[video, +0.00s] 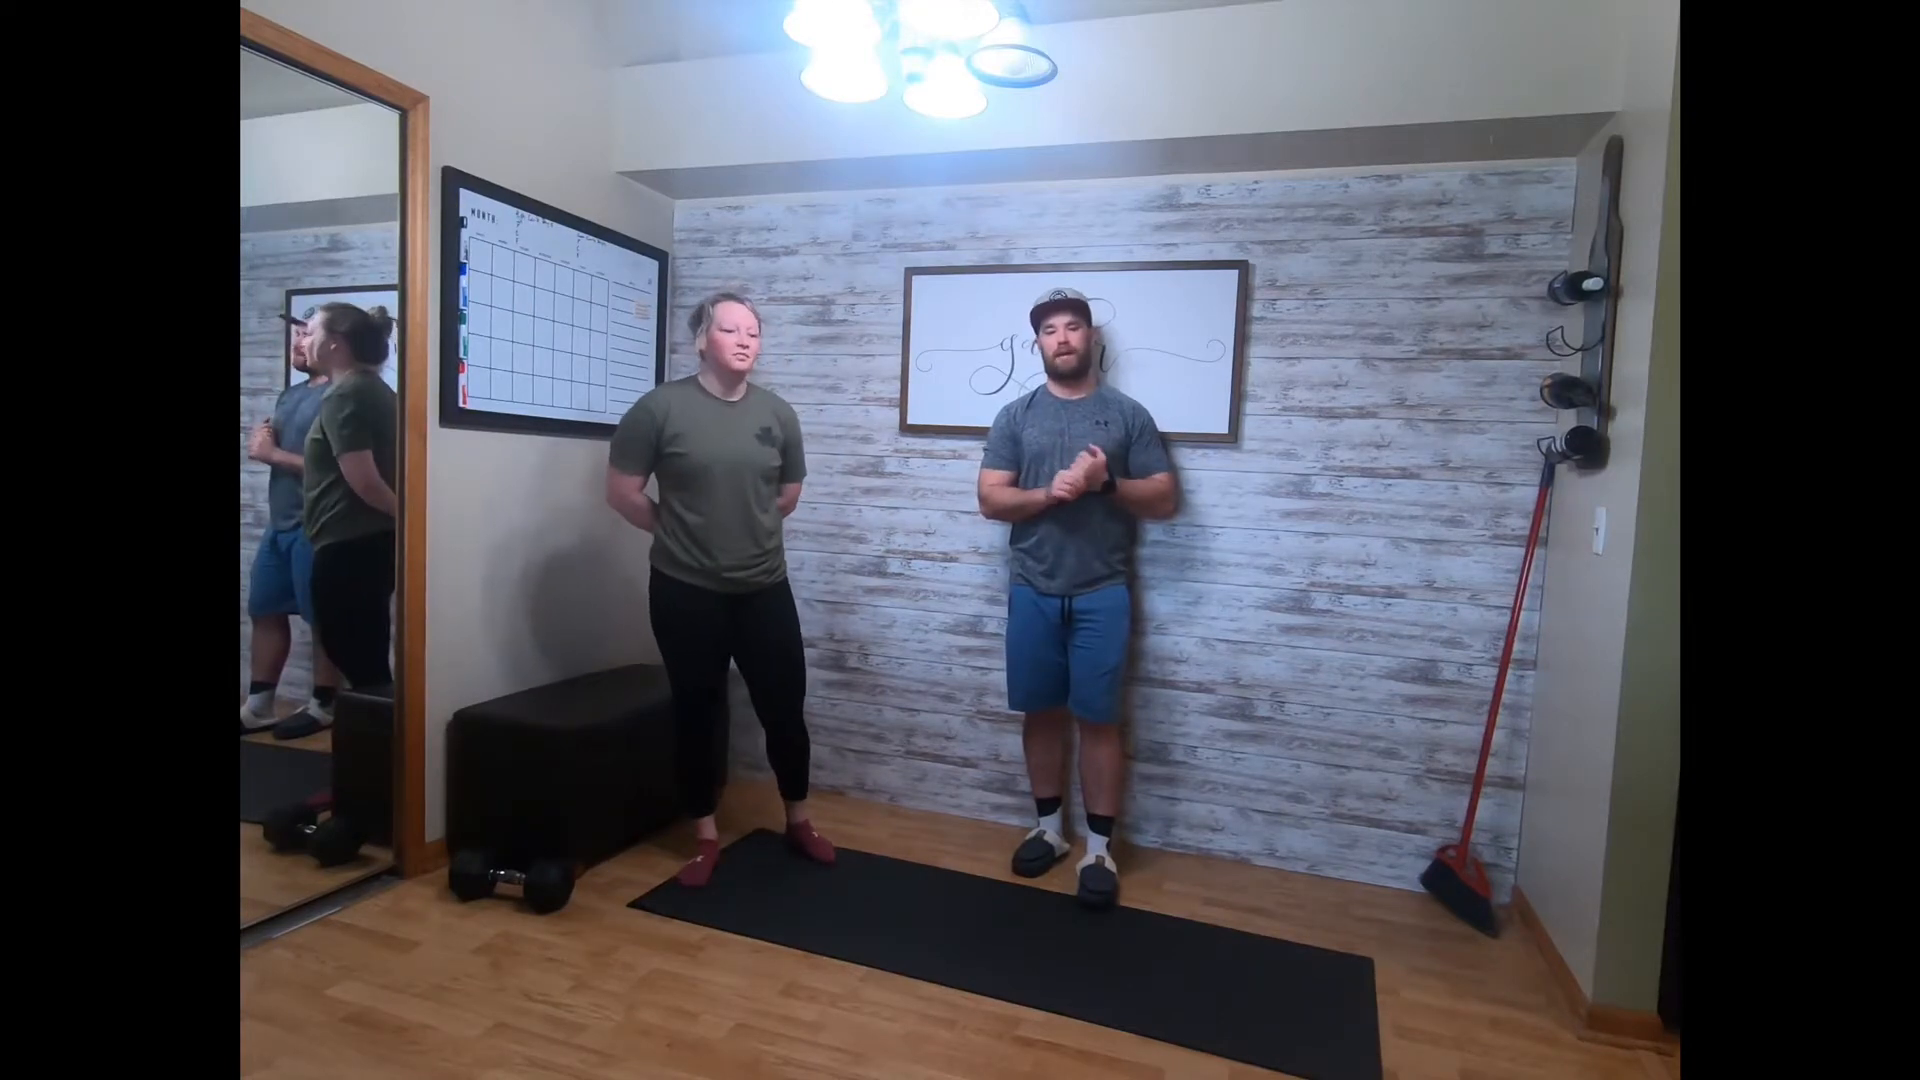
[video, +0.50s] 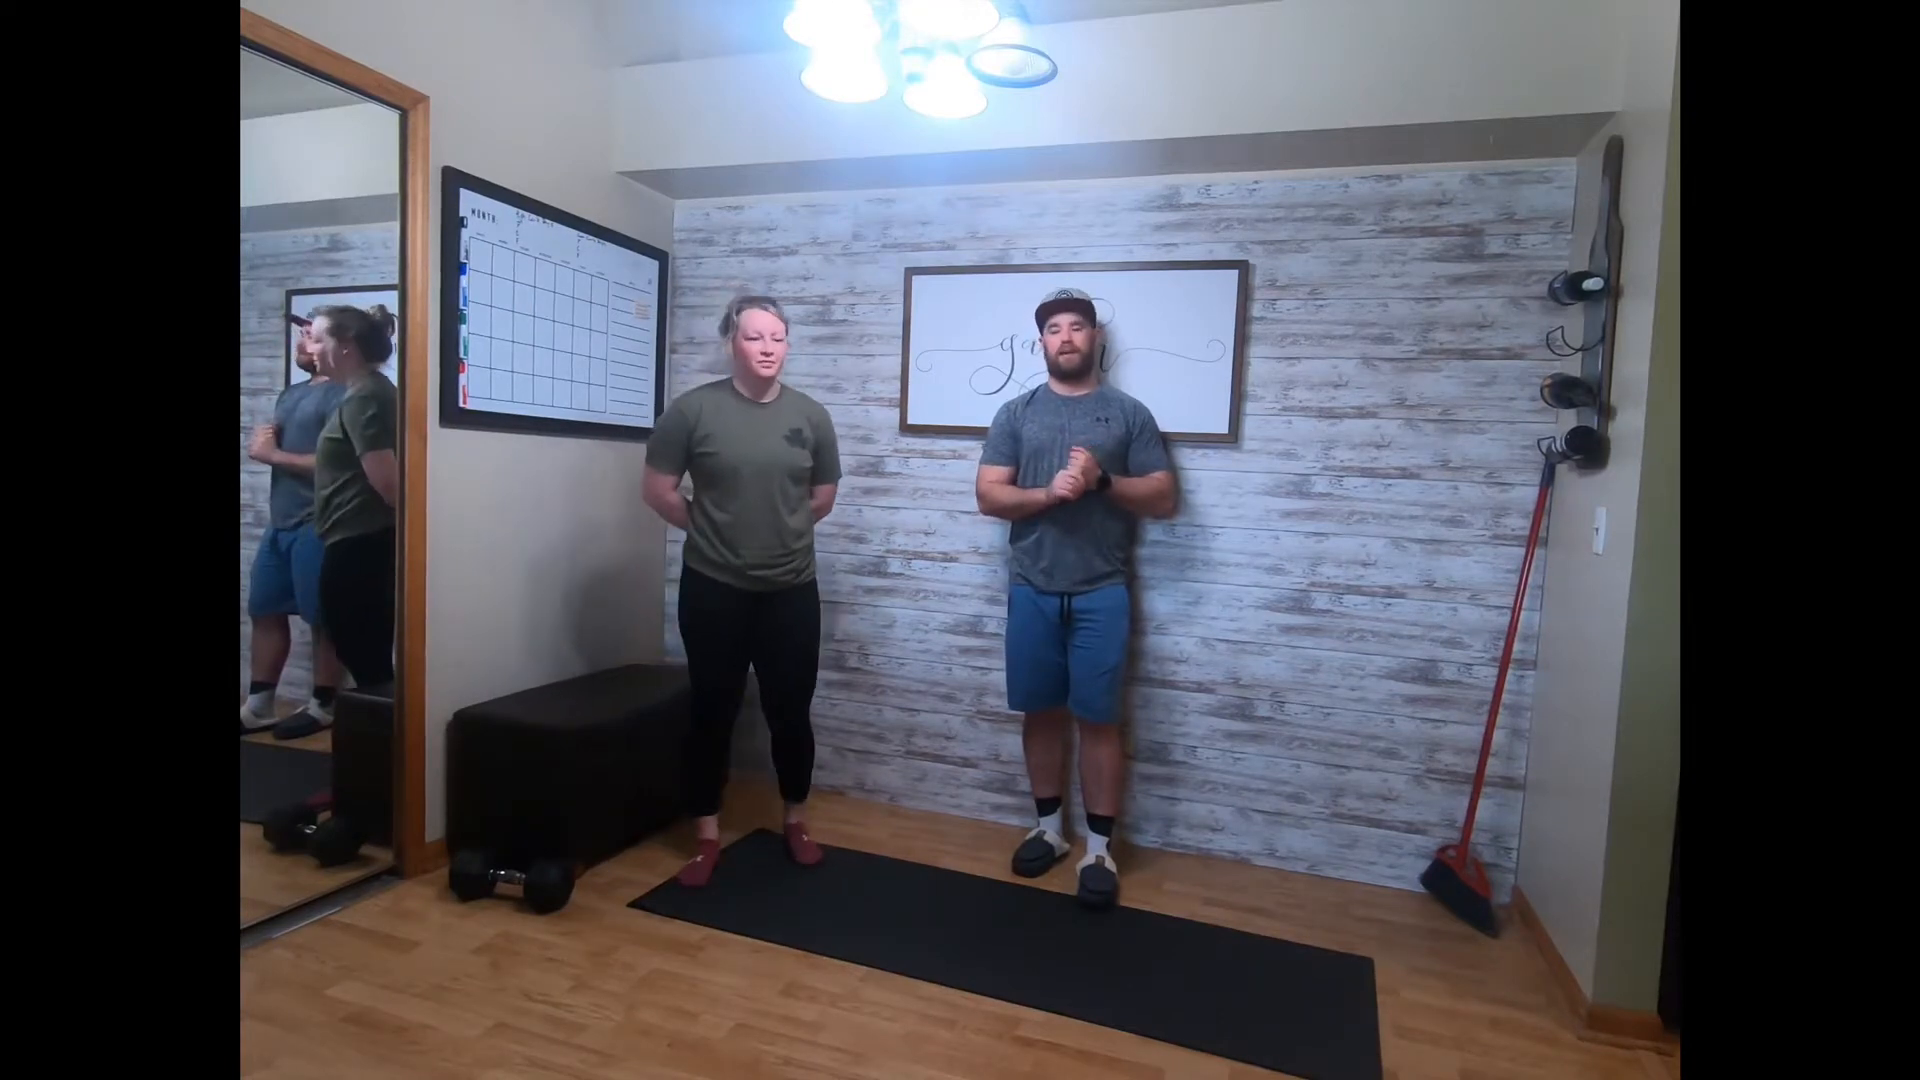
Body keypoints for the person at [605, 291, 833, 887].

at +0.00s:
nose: (744, 340)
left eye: (752, 333)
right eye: (731, 330)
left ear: (760, 346)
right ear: (702, 340)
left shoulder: (777, 414)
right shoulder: (661, 408)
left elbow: (787, 496)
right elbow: (622, 494)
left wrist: (738, 526)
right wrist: (679, 529)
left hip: (763, 588)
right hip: (685, 588)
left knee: (786, 709)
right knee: (698, 713)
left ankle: (800, 823)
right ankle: (707, 839)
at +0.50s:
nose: (768, 347)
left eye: (776, 337)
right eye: (755, 337)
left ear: (788, 346)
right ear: (731, 345)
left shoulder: (811, 416)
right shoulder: (693, 409)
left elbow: (823, 496)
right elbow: (658, 492)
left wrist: (775, 528)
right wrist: (713, 528)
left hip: (789, 590)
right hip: (713, 587)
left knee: (791, 714)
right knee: (711, 712)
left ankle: (795, 824)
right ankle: (707, 838)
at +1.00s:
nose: (798, 357)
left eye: (809, 347)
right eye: (787, 347)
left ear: (823, 352)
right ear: (769, 353)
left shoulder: (851, 420)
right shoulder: (736, 412)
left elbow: (867, 498)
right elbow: (703, 489)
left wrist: (815, 526)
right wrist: (756, 525)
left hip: (825, 591)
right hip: (752, 587)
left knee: (808, 710)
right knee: (734, 709)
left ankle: (798, 824)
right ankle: (711, 835)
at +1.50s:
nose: (800, 365)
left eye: (810, 353)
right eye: (790, 354)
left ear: (832, 356)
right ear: (777, 358)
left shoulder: (863, 422)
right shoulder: (748, 413)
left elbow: (884, 501)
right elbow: (724, 486)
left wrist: (830, 527)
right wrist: (771, 520)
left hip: (832, 592)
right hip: (759, 586)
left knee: (811, 709)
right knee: (739, 707)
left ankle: (798, 823)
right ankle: (714, 833)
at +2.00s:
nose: (780, 358)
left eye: (792, 348)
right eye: (771, 348)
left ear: (816, 352)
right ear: (761, 352)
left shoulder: (848, 417)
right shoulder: (733, 408)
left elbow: (869, 500)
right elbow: (704, 482)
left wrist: (817, 531)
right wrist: (752, 521)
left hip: (816, 588)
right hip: (742, 584)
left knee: (802, 707)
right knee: (730, 707)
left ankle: (797, 822)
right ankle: (714, 833)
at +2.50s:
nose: (779, 343)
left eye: (789, 334)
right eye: (768, 334)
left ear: (803, 342)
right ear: (747, 341)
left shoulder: (824, 417)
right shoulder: (706, 404)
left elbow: (831, 501)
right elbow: (665, 483)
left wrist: (780, 524)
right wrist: (719, 523)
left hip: (794, 591)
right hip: (718, 586)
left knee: (789, 711)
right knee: (718, 714)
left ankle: (795, 822)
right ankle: (714, 835)